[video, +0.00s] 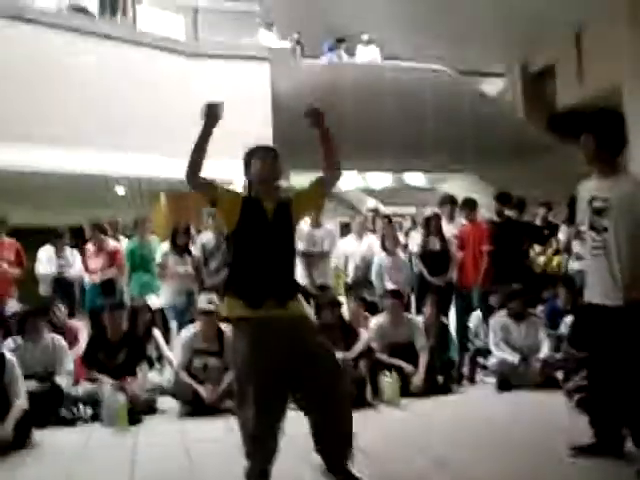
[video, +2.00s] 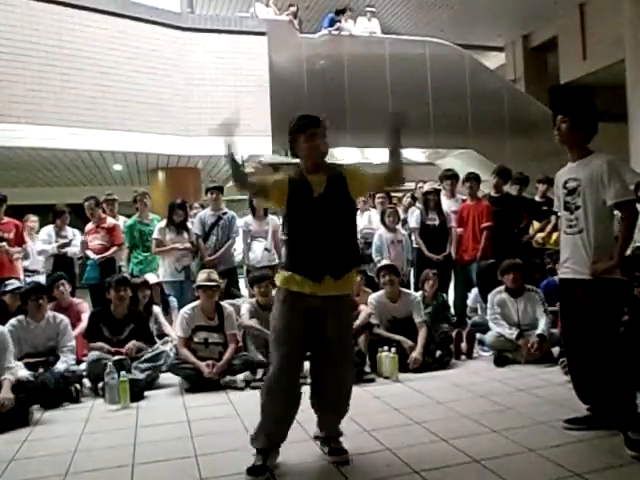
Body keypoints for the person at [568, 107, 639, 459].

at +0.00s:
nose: (584, 151)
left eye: (590, 143)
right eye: (584, 143)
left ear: (609, 146)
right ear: (588, 149)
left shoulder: (630, 188)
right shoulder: (583, 189)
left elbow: (636, 242)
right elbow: (579, 236)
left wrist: (633, 286)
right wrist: (573, 279)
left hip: (622, 296)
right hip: (591, 295)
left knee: (627, 376)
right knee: (597, 374)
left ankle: (631, 439)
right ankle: (606, 437)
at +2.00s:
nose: (557, 130)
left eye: (563, 124)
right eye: (557, 125)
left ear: (582, 129)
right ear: (562, 132)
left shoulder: (604, 165)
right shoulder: (562, 175)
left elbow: (628, 213)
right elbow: (563, 221)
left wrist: (616, 259)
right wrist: (561, 257)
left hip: (601, 276)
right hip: (571, 276)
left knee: (606, 345)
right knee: (577, 345)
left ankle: (620, 411)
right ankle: (597, 408)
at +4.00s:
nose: (576, 122)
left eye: (581, 116)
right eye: (577, 117)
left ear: (600, 120)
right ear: (591, 123)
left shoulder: (628, 159)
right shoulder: (583, 168)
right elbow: (586, 225)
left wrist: (637, 264)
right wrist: (580, 270)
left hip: (624, 281)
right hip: (592, 280)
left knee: (627, 355)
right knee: (592, 350)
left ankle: (639, 430)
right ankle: (602, 412)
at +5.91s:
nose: (615, 119)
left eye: (621, 111)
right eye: (613, 112)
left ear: (637, 115)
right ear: (615, 118)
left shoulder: (633, 162)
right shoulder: (613, 161)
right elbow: (613, 222)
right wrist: (608, 270)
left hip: (636, 282)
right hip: (618, 279)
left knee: (636, 360)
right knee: (617, 354)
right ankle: (612, 419)